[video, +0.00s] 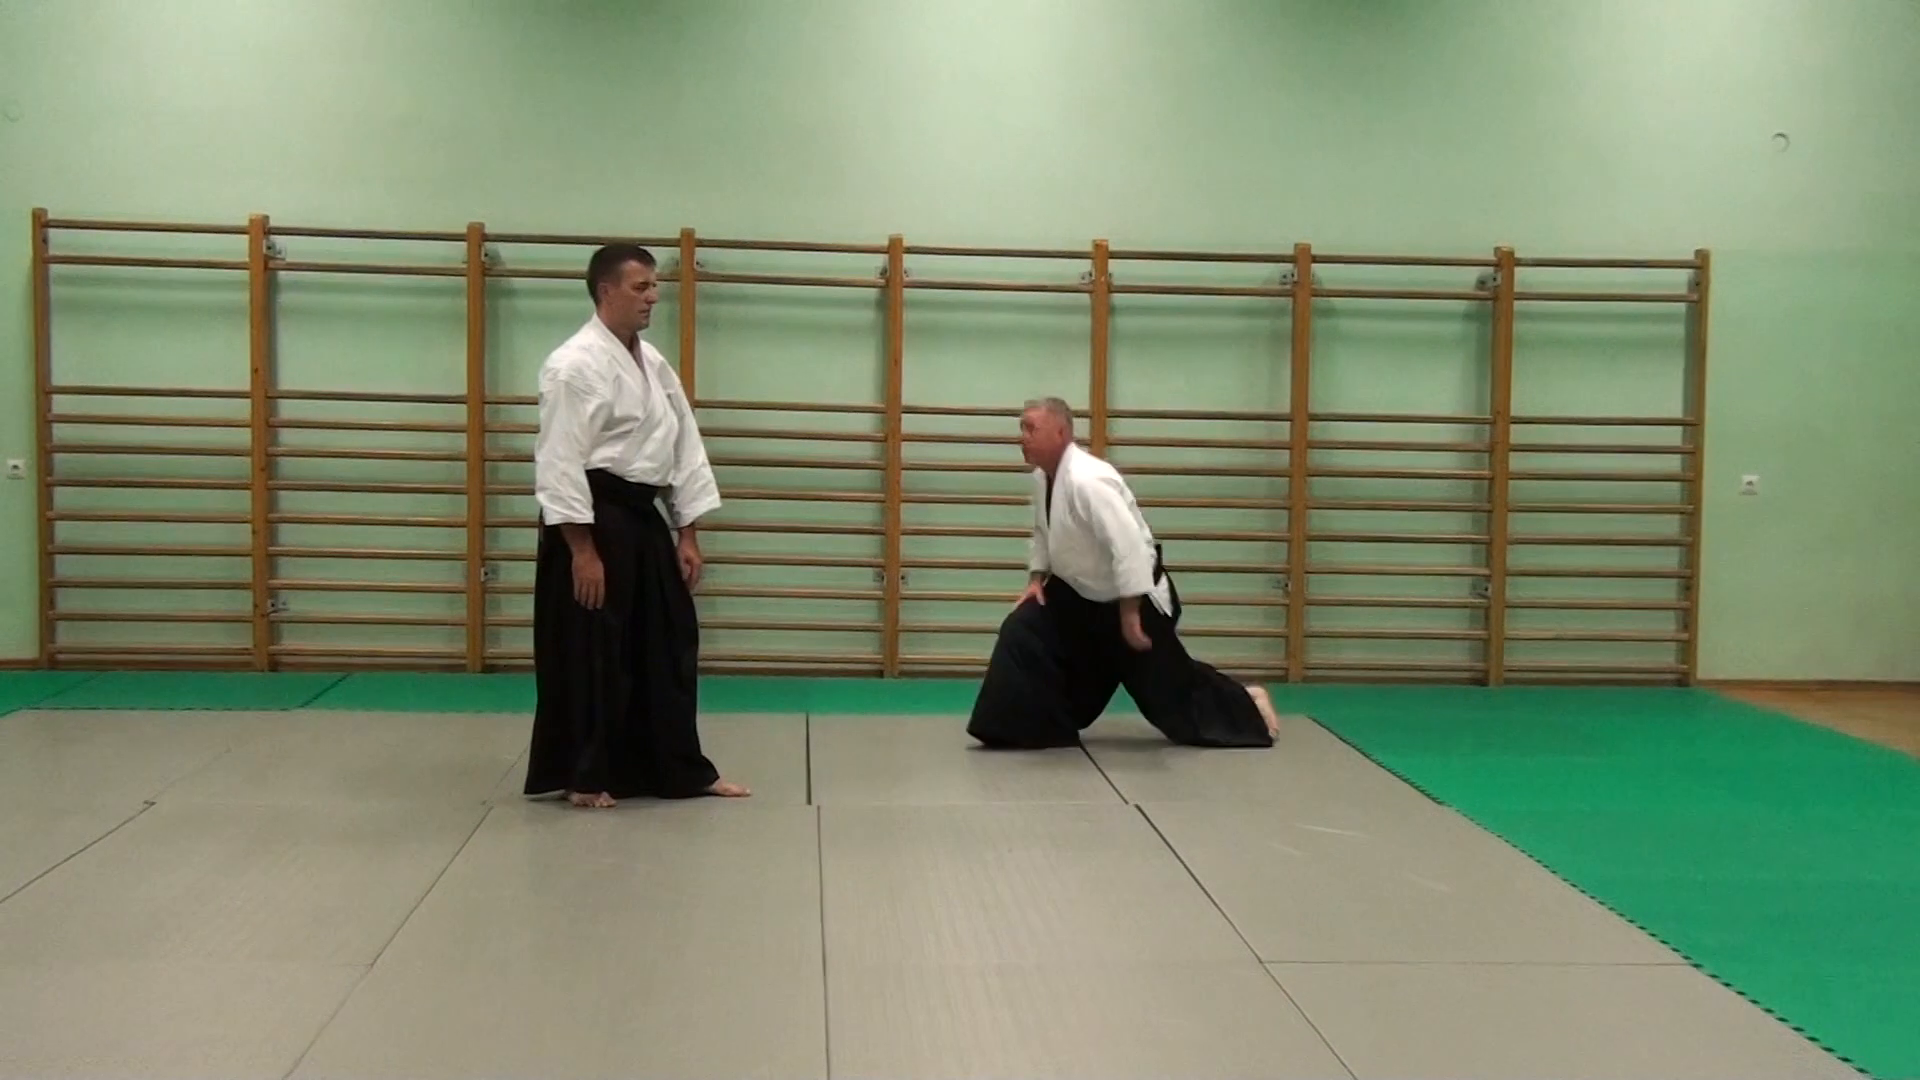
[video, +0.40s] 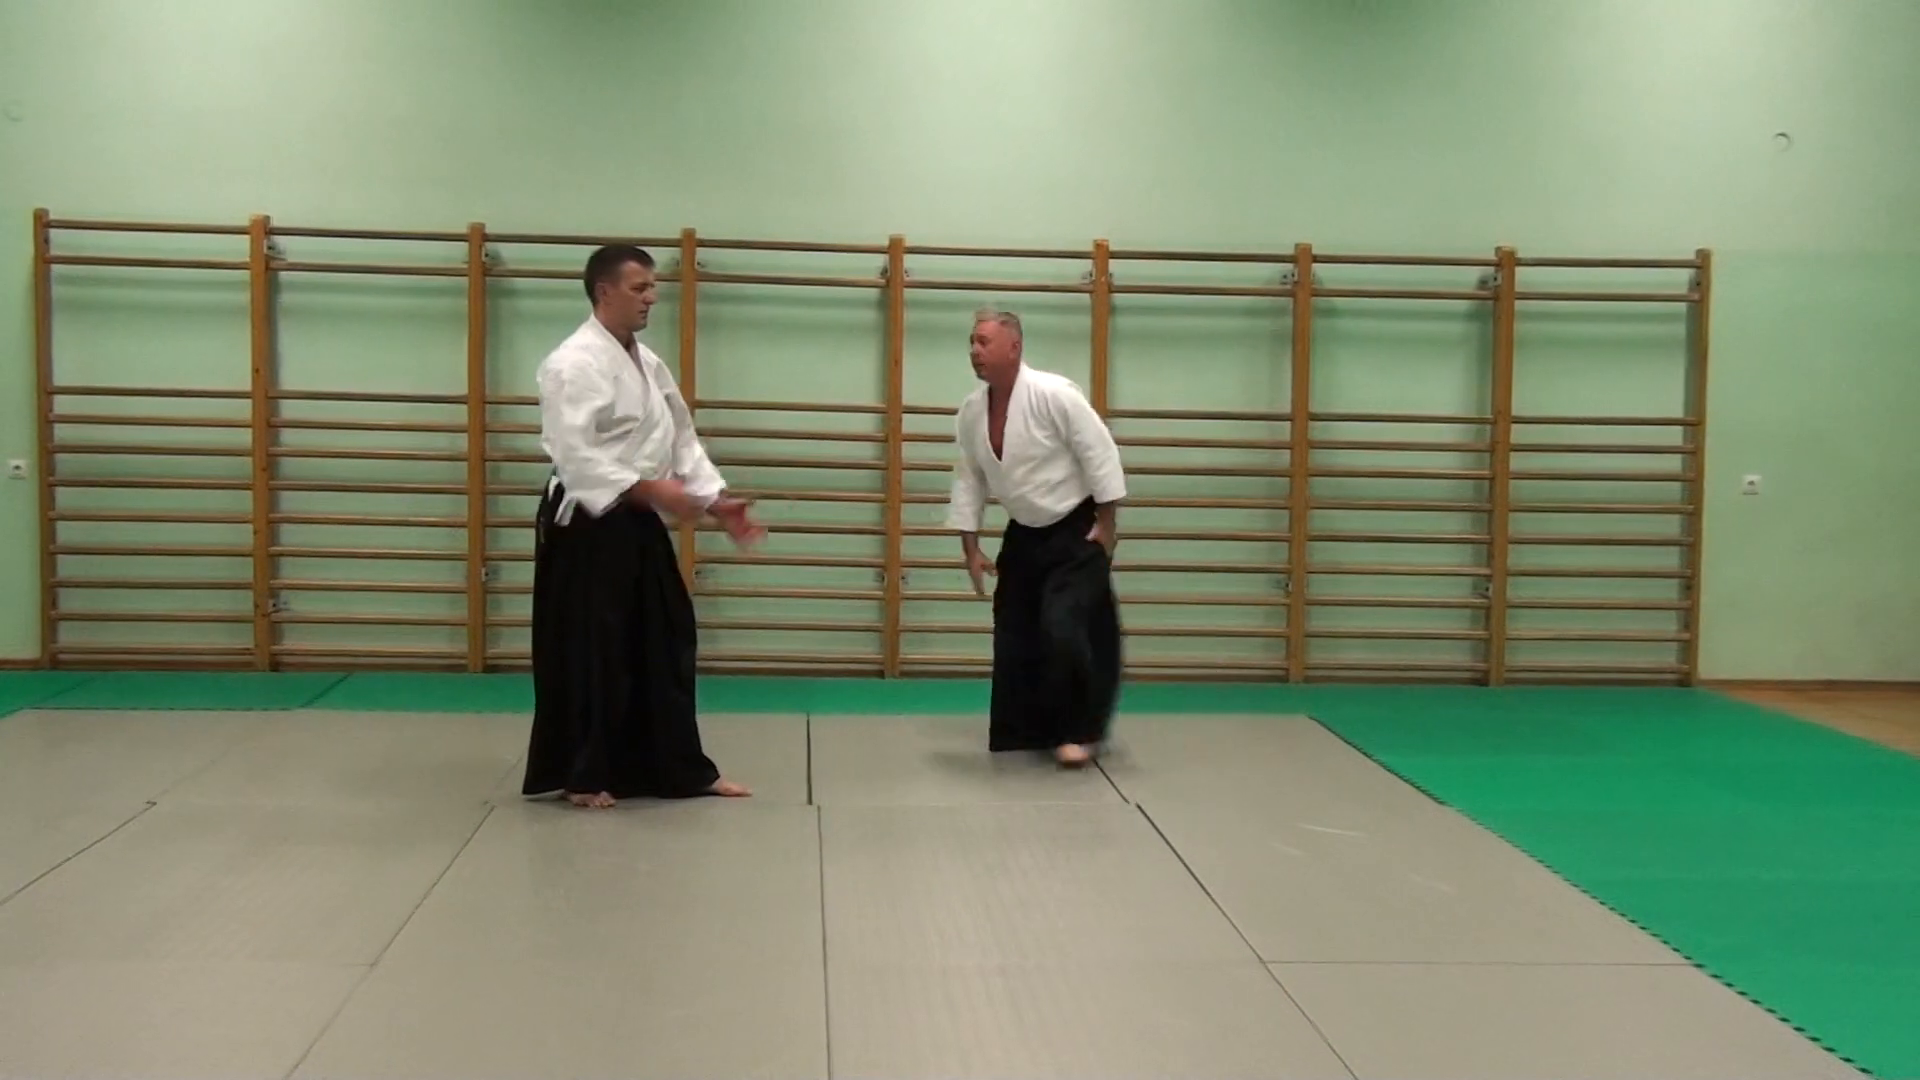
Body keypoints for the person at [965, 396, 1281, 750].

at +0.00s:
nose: (1022, 438)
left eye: (1030, 429)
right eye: (1021, 429)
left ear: (1060, 433)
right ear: (1048, 435)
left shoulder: (1090, 480)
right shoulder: (1043, 477)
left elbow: (1129, 545)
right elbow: (1043, 531)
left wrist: (1130, 612)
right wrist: (1037, 577)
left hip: (1127, 598)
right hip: (1078, 592)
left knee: (1167, 686)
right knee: (1023, 630)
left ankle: (1248, 705)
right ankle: (1024, 725)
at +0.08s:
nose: (1008, 411)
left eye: (1018, 402)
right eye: (1009, 402)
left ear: (1050, 410)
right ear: (1035, 411)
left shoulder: (1081, 456)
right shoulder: (1026, 458)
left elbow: (1121, 513)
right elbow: (1024, 518)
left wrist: (1132, 580)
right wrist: (1023, 573)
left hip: (1111, 582)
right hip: (1061, 581)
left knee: (1164, 671)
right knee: (1016, 633)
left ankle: (1248, 700)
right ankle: (1035, 727)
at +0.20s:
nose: (989, 381)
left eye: (999, 371)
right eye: (989, 372)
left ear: (1030, 377)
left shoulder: (1063, 423)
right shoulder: (1002, 438)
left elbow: (1115, 473)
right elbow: (1004, 504)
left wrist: (1130, 532)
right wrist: (1007, 563)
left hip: (1101, 553)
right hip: (1046, 559)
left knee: (1135, 644)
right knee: (1020, 633)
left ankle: (1214, 699)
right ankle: (1045, 730)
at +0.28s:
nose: (981, 366)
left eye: (989, 357)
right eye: (980, 358)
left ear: (1020, 361)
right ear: (982, 364)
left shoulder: (1058, 407)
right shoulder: (988, 423)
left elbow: (1108, 457)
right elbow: (989, 492)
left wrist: (1124, 521)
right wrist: (996, 556)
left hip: (1092, 536)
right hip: (1041, 542)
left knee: (1107, 628)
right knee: (1026, 634)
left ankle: (1167, 706)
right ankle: (1054, 729)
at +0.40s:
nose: (974, 351)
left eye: (983, 342)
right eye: (973, 343)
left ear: (1014, 346)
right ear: (980, 348)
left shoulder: (1055, 394)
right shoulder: (973, 410)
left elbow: (1099, 452)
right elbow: (968, 479)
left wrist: (1106, 523)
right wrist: (971, 547)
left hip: (1074, 529)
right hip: (1023, 532)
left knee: (1066, 626)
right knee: (1016, 630)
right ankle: (1032, 734)